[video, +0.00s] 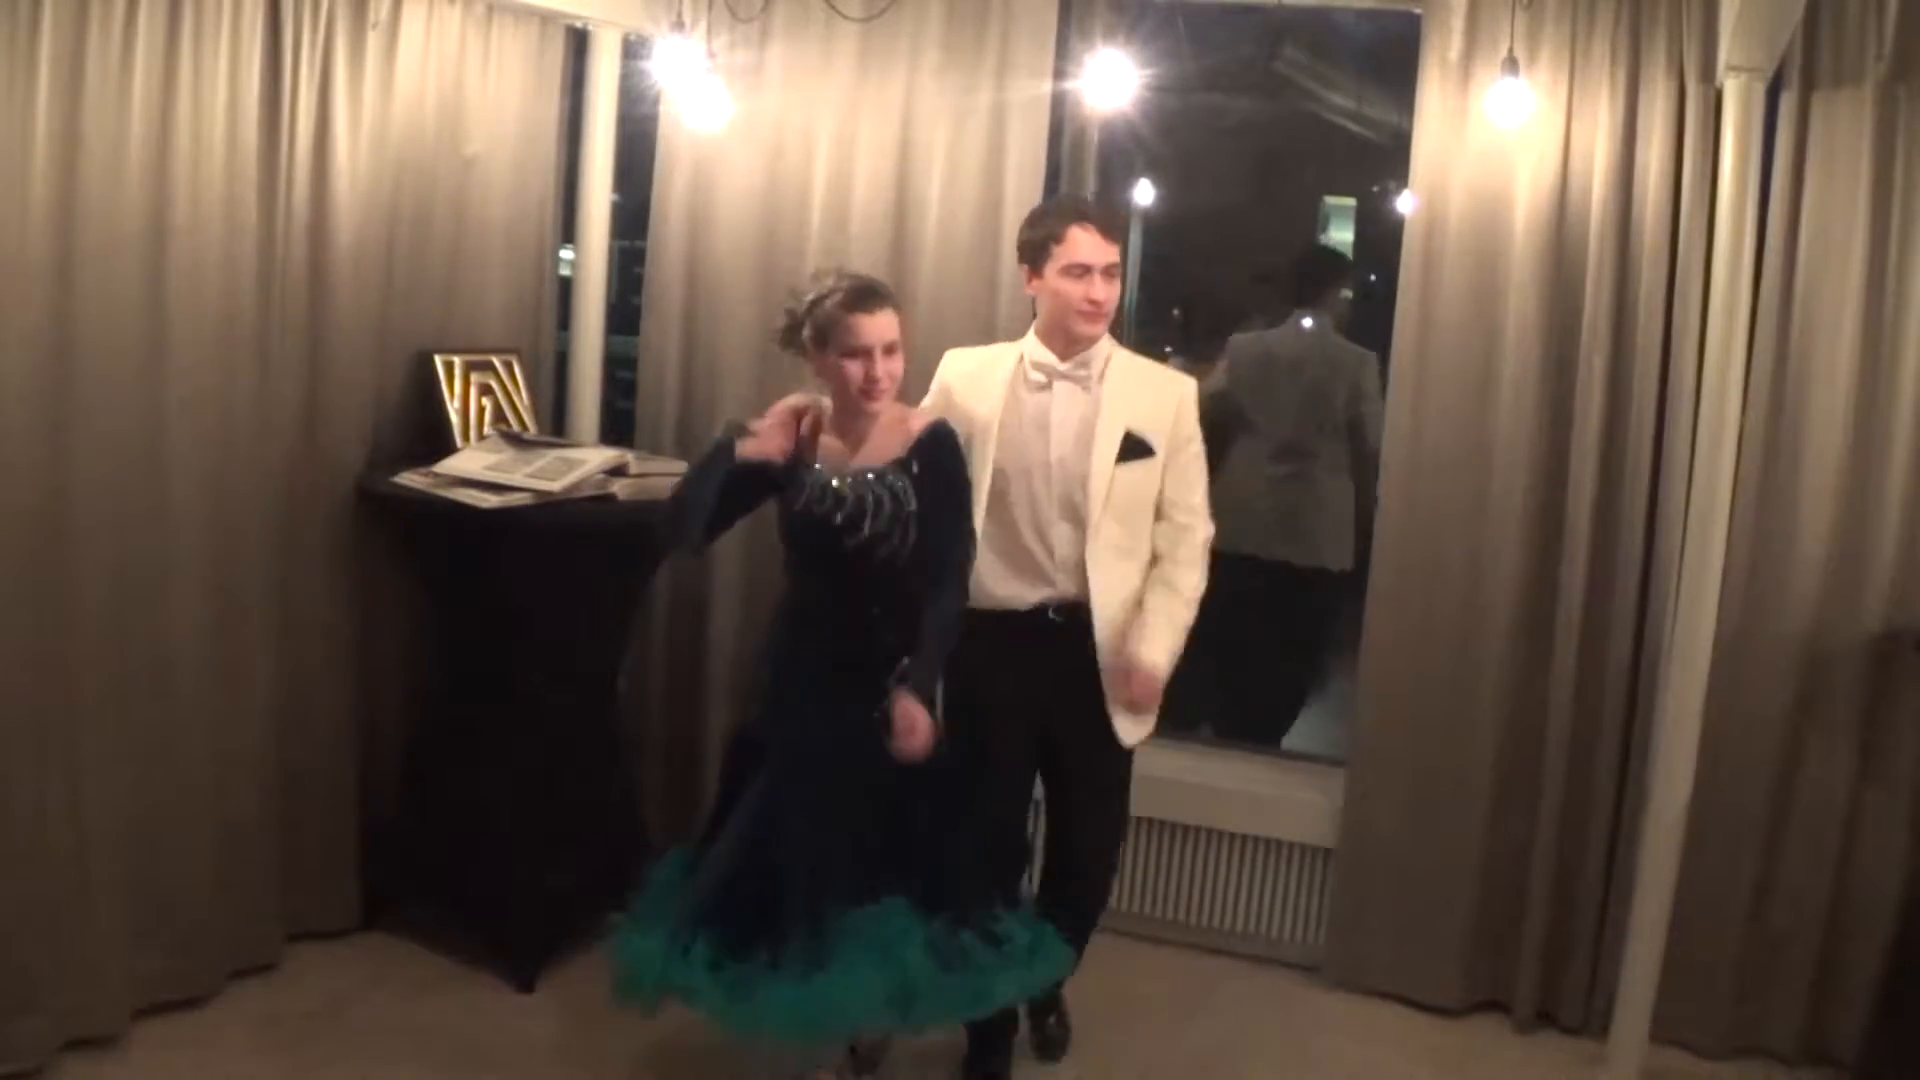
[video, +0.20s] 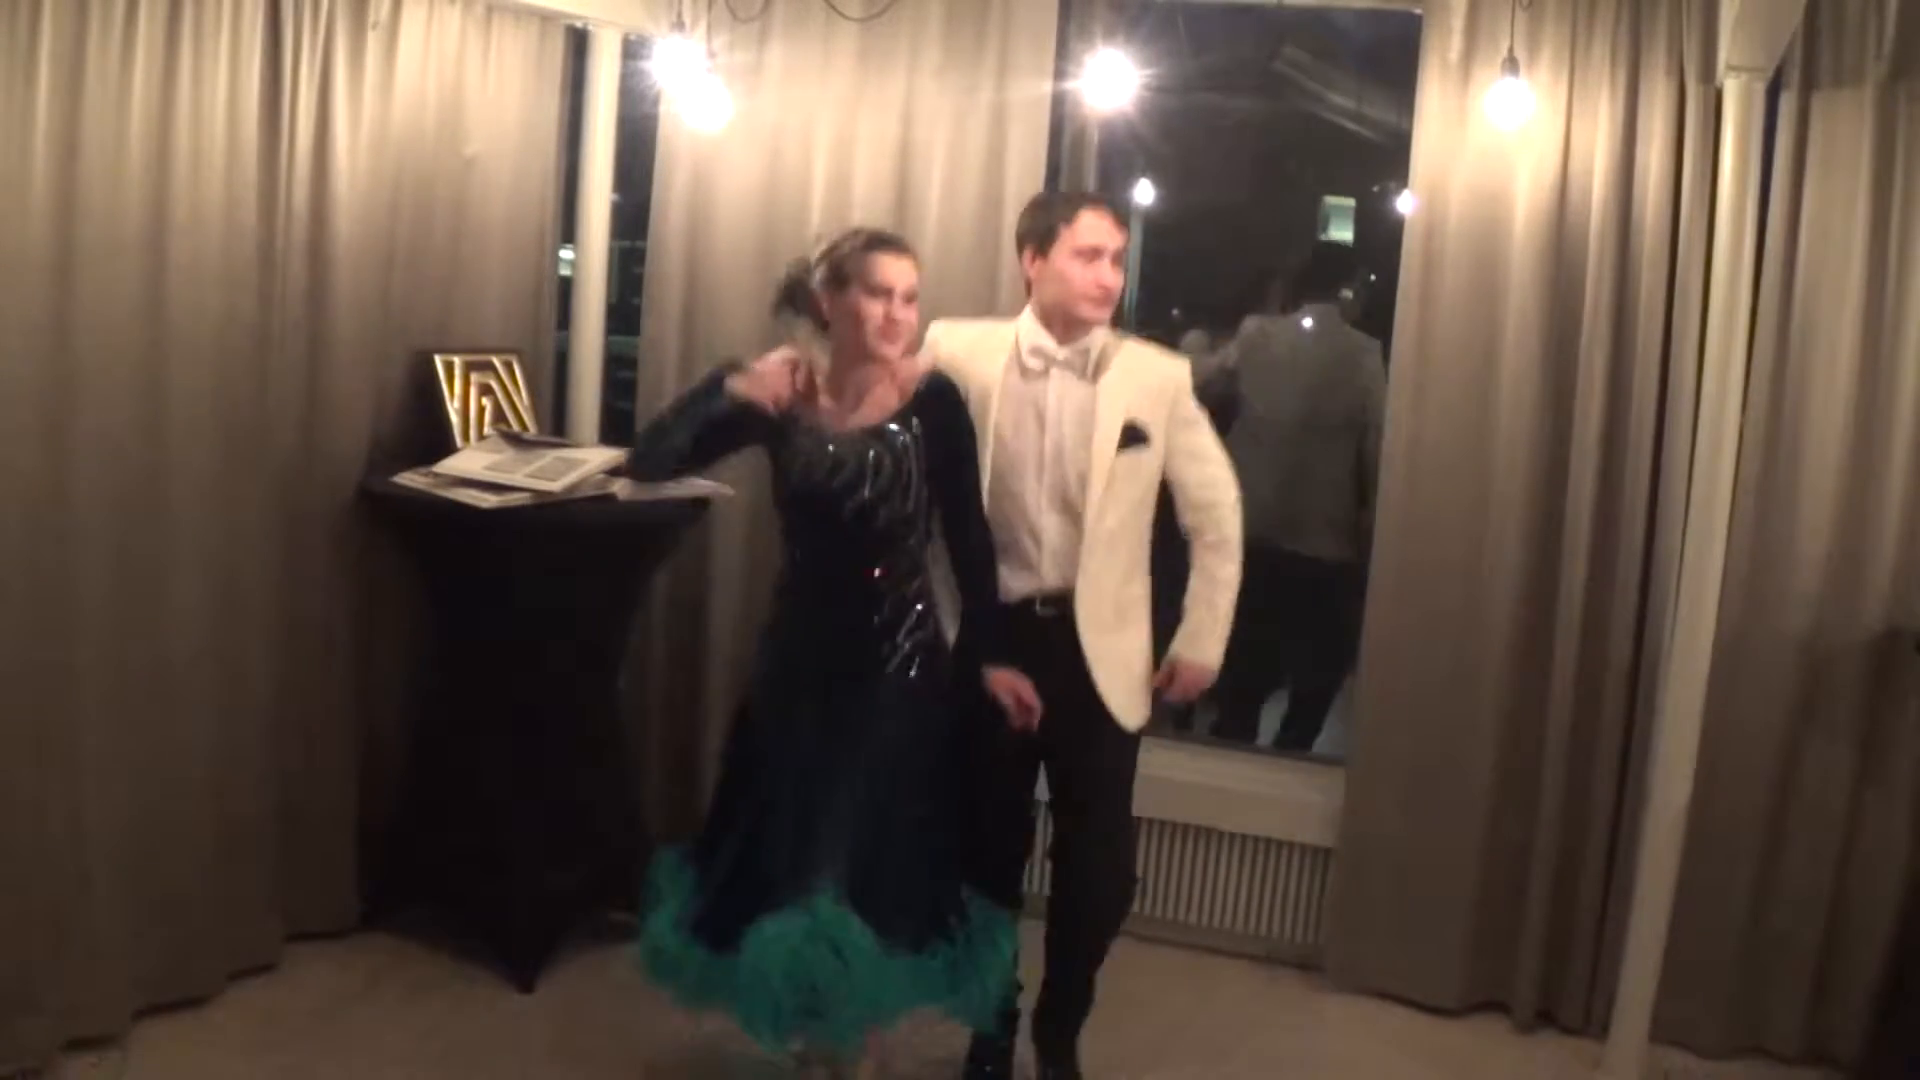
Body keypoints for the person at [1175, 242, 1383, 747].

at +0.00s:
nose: (1347, 301)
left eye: (1345, 291)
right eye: (1345, 292)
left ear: (1293, 289)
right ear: (1335, 295)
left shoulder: (1245, 350)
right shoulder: (1357, 365)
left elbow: (1208, 419)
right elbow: (1370, 452)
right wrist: (1371, 509)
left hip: (1240, 522)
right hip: (1319, 536)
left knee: (1233, 651)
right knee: (1296, 663)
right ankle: (1248, 763)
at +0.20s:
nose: (1358, 300)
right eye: (1354, 292)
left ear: (1297, 289)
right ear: (1347, 294)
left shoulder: (1258, 336)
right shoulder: (1365, 356)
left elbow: (1200, 385)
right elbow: (1377, 451)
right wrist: (1374, 521)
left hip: (1251, 519)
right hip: (1327, 531)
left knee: (1248, 649)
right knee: (1325, 658)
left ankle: (1228, 758)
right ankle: (1285, 768)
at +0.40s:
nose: (1361, 285)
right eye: (1361, 276)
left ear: (1310, 272)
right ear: (1360, 277)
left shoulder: (1268, 326)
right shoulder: (1379, 337)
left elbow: (1224, 389)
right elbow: (1395, 414)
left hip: (1269, 492)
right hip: (1343, 505)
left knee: (1261, 608)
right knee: (1321, 625)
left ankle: (1245, 717)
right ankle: (1292, 731)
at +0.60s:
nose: (1370, 290)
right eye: (1369, 281)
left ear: (1320, 276)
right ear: (1367, 283)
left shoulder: (1277, 334)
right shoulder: (1382, 350)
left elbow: (1226, 382)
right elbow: (1393, 424)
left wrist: (1226, 356)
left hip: (1273, 500)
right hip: (1348, 510)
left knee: (1255, 618)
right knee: (1325, 635)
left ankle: (1229, 718)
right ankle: (1292, 743)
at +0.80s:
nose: (1385, 298)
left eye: (1384, 287)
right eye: (1380, 287)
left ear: (1327, 282)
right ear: (1365, 287)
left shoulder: (1280, 327)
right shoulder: (1376, 348)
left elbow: (1233, 378)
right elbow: (1387, 430)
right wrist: (1385, 503)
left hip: (1263, 490)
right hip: (1336, 499)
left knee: (1269, 622)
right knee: (1331, 636)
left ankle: (1268, 738)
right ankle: (1279, 736)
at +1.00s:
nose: (1387, 332)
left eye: (1385, 321)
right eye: (1381, 321)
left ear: (1326, 319)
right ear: (1362, 323)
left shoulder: (1282, 359)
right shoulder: (1355, 382)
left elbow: (1238, 401)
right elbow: (1358, 469)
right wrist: (1394, 502)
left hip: (1263, 535)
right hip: (1332, 554)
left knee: (1271, 681)